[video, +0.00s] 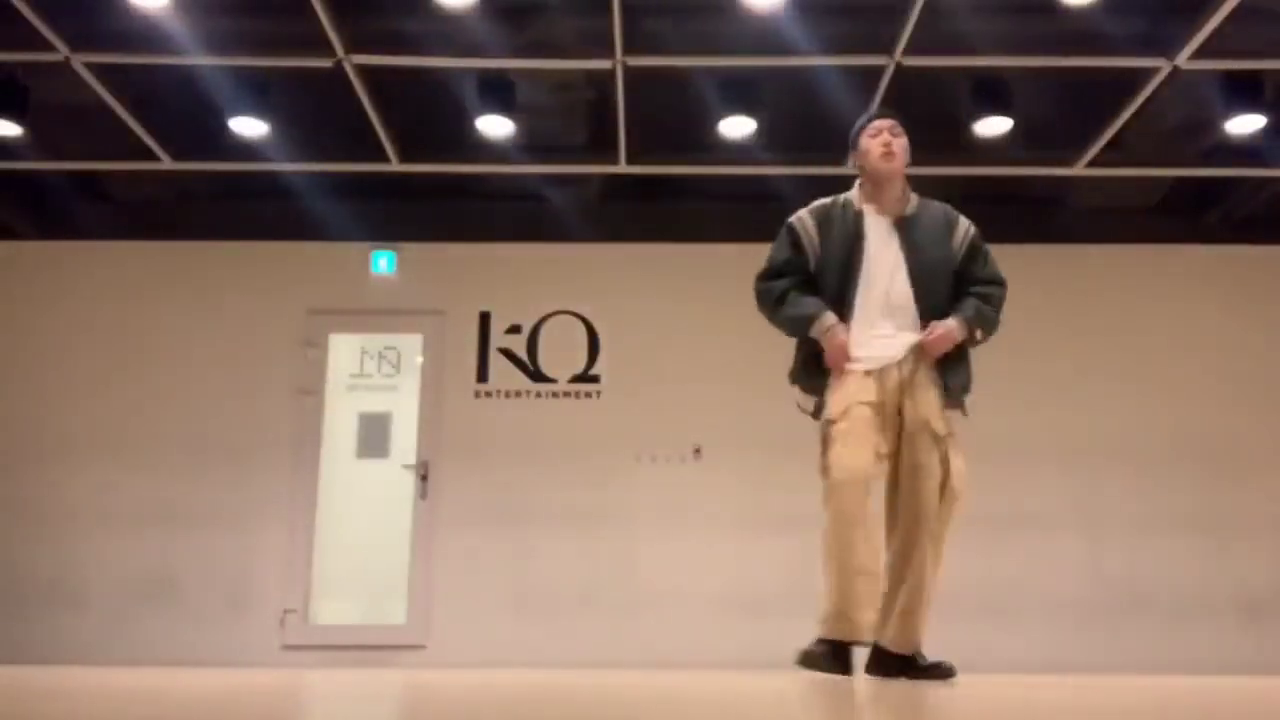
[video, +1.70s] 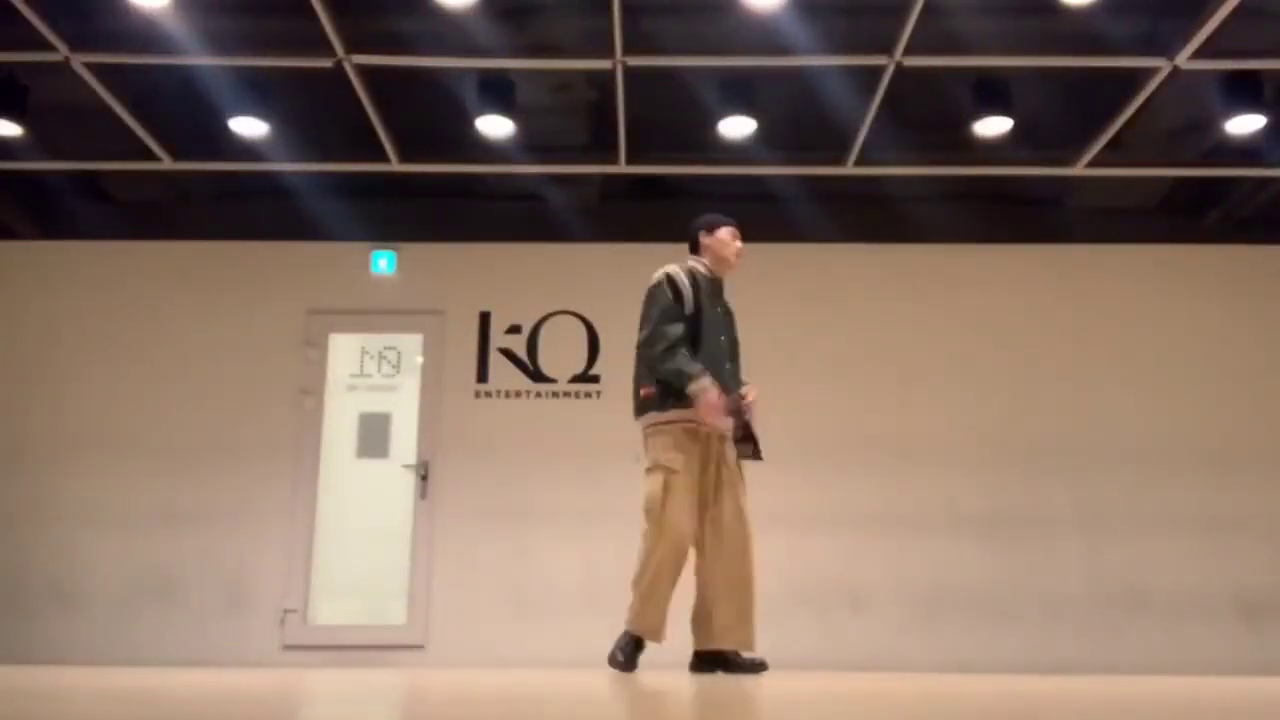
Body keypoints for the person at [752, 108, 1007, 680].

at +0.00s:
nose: (887, 140)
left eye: (895, 134)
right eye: (874, 135)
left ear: (910, 155)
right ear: (855, 158)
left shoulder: (948, 225)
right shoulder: (819, 221)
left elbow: (989, 291)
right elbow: (774, 285)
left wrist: (960, 325)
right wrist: (823, 325)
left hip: (926, 371)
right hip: (853, 371)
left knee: (925, 503)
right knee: (848, 481)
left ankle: (898, 647)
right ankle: (839, 637)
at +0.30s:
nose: (830, 172)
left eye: (839, 165)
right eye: (819, 166)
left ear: (854, 183)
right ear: (803, 185)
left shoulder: (887, 249)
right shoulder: (764, 244)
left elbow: (927, 312)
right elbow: (723, 307)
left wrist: (894, 347)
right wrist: (753, 344)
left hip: (860, 391)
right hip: (787, 389)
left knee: (890, 516)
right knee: (768, 517)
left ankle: (896, 650)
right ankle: (749, 639)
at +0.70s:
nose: (743, 193)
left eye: (751, 187)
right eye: (733, 189)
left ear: (767, 202)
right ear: (719, 209)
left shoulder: (805, 259)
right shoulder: (694, 269)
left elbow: (845, 311)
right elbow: (659, 331)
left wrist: (815, 338)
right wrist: (706, 325)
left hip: (792, 410)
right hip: (727, 415)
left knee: (814, 528)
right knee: (735, 538)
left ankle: (816, 644)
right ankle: (743, 651)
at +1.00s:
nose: (742, 205)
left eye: (748, 199)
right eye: (731, 200)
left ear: (759, 214)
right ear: (713, 217)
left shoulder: (792, 271)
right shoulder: (685, 275)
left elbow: (831, 327)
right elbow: (655, 337)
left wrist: (802, 312)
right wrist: (689, 306)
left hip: (773, 416)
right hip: (715, 416)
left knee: (760, 527)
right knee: (719, 520)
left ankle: (727, 630)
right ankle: (735, 641)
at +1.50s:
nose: (760, 243)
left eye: (761, 237)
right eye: (750, 235)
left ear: (755, 251)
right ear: (722, 243)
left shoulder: (760, 308)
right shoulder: (684, 284)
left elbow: (773, 387)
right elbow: (659, 323)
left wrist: (788, 353)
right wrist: (714, 294)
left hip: (739, 431)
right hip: (690, 423)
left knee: (741, 536)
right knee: (688, 525)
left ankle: (720, 649)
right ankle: (662, 641)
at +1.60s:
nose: (751, 244)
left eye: (752, 238)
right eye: (742, 236)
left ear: (741, 248)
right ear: (715, 241)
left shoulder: (735, 307)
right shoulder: (684, 277)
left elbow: (730, 373)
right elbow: (655, 330)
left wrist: (764, 377)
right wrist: (723, 338)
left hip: (728, 432)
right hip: (684, 424)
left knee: (736, 537)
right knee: (682, 525)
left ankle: (718, 648)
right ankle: (646, 634)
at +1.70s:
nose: (740, 247)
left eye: (740, 239)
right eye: (733, 237)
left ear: (719, 243)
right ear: (706, 239)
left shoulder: (720, 299)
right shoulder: (672, 281)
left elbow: (723, 364)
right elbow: (661, 349)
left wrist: (739, 393)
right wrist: (702, 386)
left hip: (718, 430)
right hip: (674, 426)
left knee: (725, 536)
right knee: (672, 530)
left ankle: (714, 647)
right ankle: (636, 632)